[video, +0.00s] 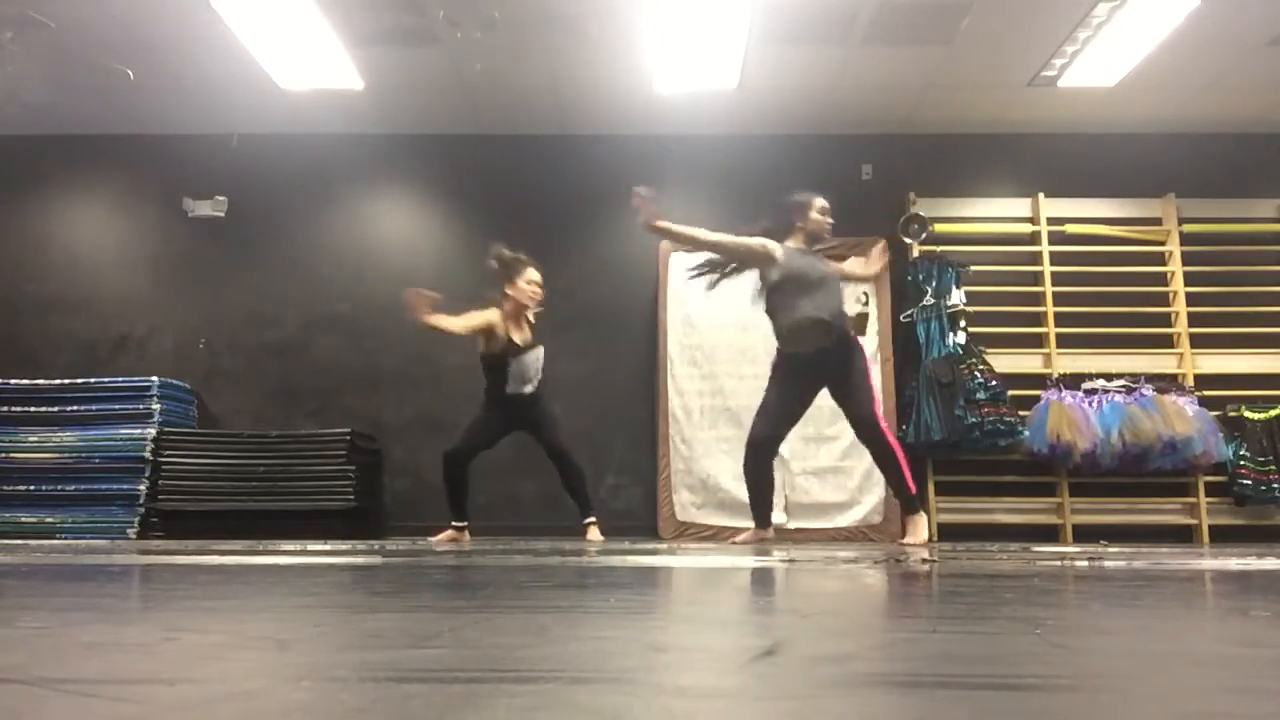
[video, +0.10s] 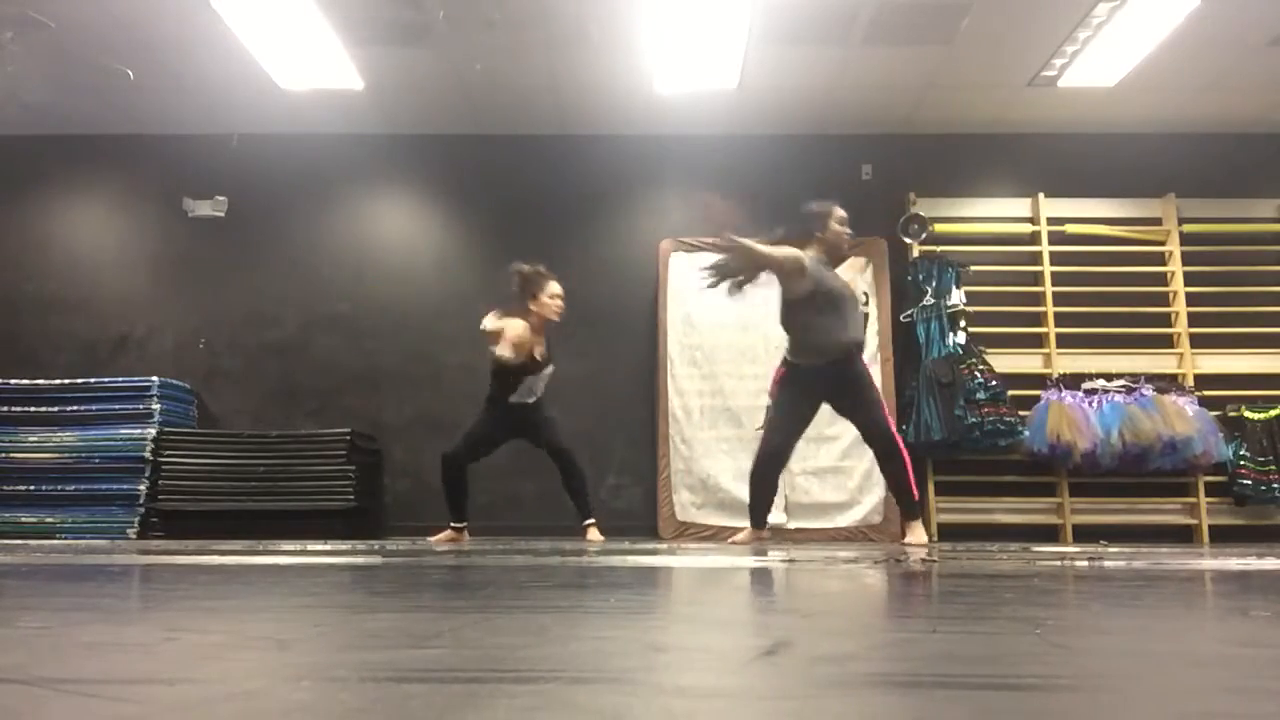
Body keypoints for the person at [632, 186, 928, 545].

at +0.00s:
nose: (831, 221)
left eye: (830, 214)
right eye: (824, 213)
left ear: (812, 221)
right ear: (800, 217)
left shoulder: (824, 264)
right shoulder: (770, 252)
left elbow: (865, 270)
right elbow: (714, 241)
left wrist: (880, 254)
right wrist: (656, 225)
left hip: (843, 356)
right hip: (796, 361)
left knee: (870, 429)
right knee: (760, 442)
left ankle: (914, 514)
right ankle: (762, 528)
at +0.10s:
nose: (849, 231)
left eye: (848, 224)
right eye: (841, 223)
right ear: (818, 228)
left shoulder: (841, 276)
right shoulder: (800, 262)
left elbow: (856, 269)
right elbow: (772, 256)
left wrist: (862, 256)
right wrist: (745, 247)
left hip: (847, 372)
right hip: (801, 374)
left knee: (885, 440)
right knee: (772, 452)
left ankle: (913, 522)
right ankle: (757, 528)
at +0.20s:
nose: (868, 237)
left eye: (867, 231)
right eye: (860, 231)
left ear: (854, 240)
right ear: (837, 238)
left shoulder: (858, 273)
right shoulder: (822, 272)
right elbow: (841, 300)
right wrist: (856, 263)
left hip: (856, 384)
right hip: (810, 384)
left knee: (890, 449)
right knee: (781, 458)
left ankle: (913, 529)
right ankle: (757, 529)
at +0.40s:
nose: (904, 210)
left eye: (909, 203)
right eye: (895, 204)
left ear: (916, 209)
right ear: (880, 212)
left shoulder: (915, 265)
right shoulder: (854, 245)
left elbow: (906, 317)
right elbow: (817, 291)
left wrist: (902, 341)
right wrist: (859, 321)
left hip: (878, 358)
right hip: (830, 350)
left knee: (892, 440)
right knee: (782, 430)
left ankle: (913, 529)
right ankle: (752, 518)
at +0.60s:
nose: (903, 182)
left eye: (911, 175)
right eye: (896, 177)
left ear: (924, 180)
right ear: (887, 182)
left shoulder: (926, 208)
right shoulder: (888, 202)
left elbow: (928, 238)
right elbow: (867, 158)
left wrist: (901, 287)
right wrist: (827, 136)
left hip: (893, 326)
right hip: (858, 320)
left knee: (890, 424)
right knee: (780, 327)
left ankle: (914, 527)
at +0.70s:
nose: (899, 180)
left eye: (907, 173)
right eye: (894, 175)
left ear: (923, 181)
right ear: (883, 182)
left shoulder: (925, 217)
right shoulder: (879, 212)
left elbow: (919, 192)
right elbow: (861, 170)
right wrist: (848, 123)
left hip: (901, 326)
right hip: (866, 315)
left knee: (891, 425)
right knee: (800, 288)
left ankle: (914, 528)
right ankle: (716, 321)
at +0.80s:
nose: (890, 186)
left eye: (898, 179)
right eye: (884, 182)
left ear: (914, 185)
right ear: (881, 191)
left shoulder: (923, 221)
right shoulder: (886, 227)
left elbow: (881, 183)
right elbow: (847, 202)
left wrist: (819, 187)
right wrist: (855, 148)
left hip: (914, 333)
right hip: (878, 321)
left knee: (887, 423)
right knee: (819, 286)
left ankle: (913, 527)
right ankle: (729, 296)